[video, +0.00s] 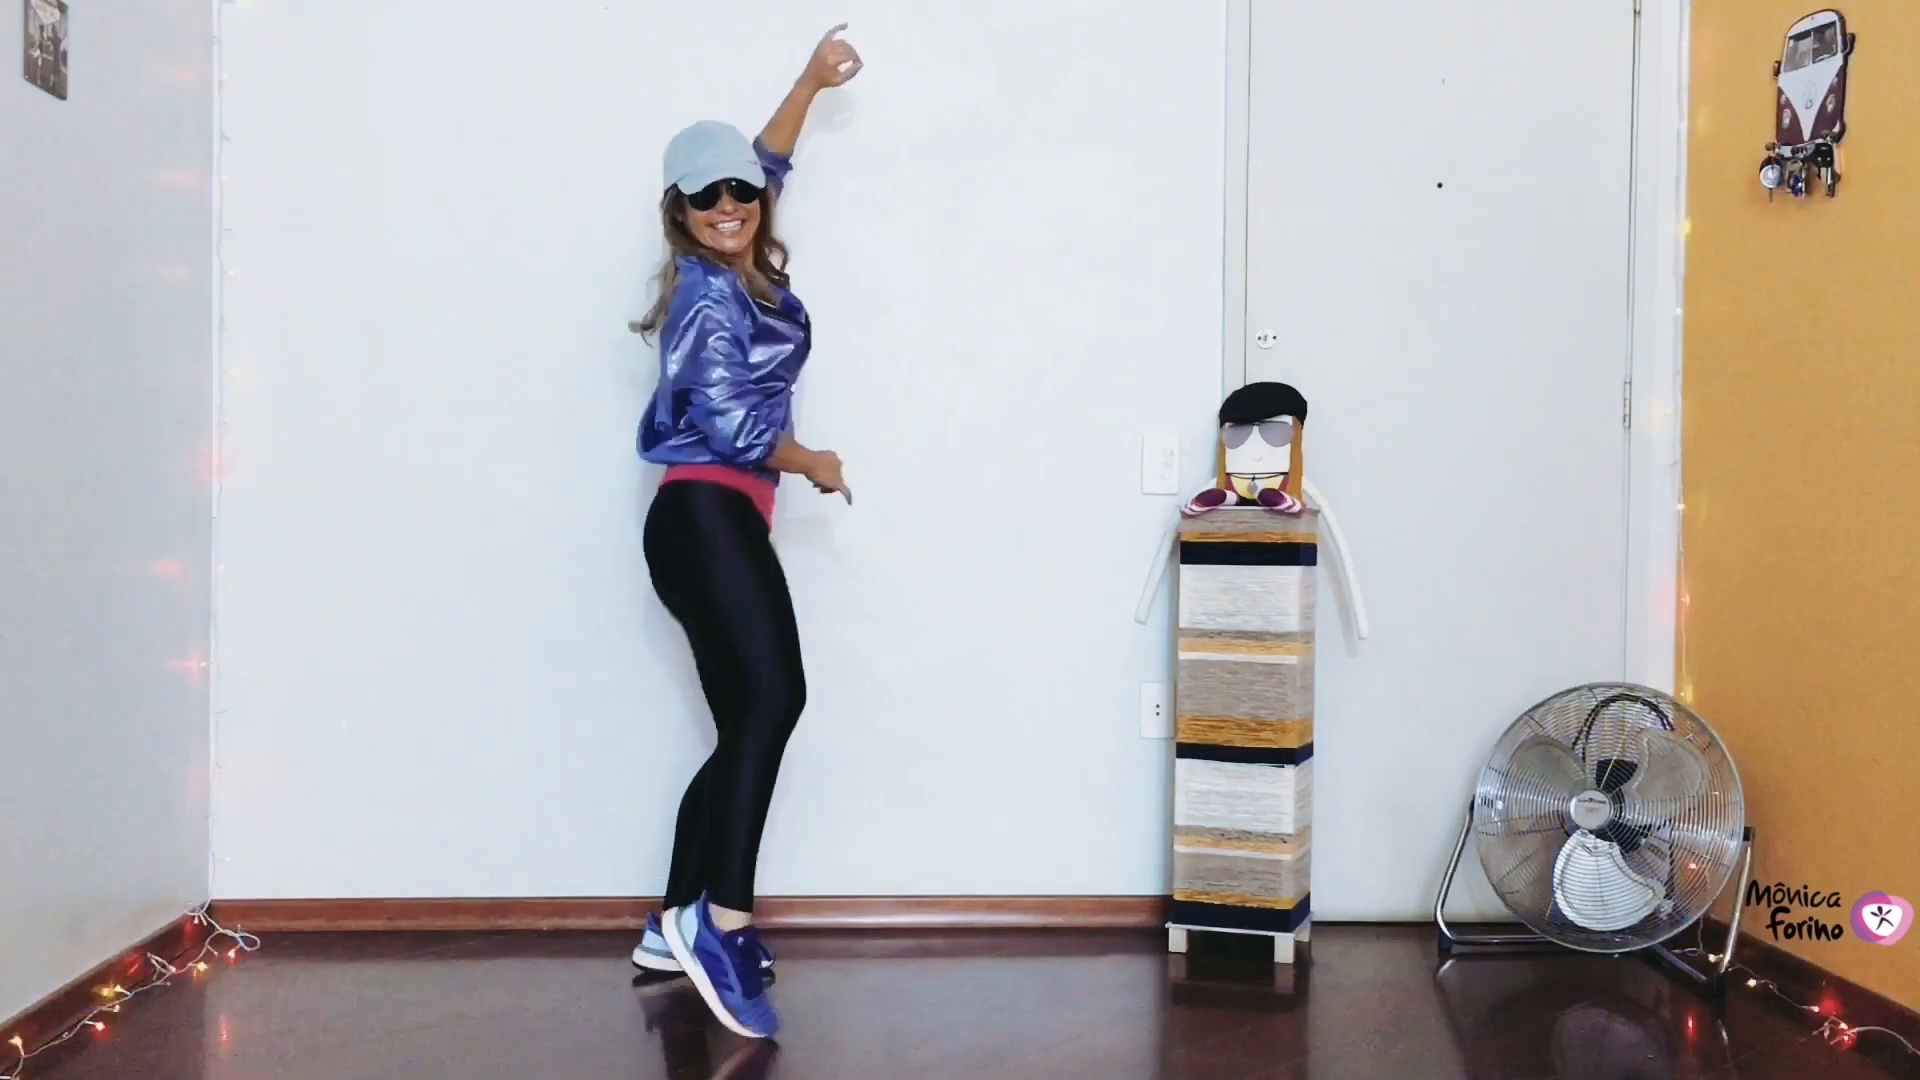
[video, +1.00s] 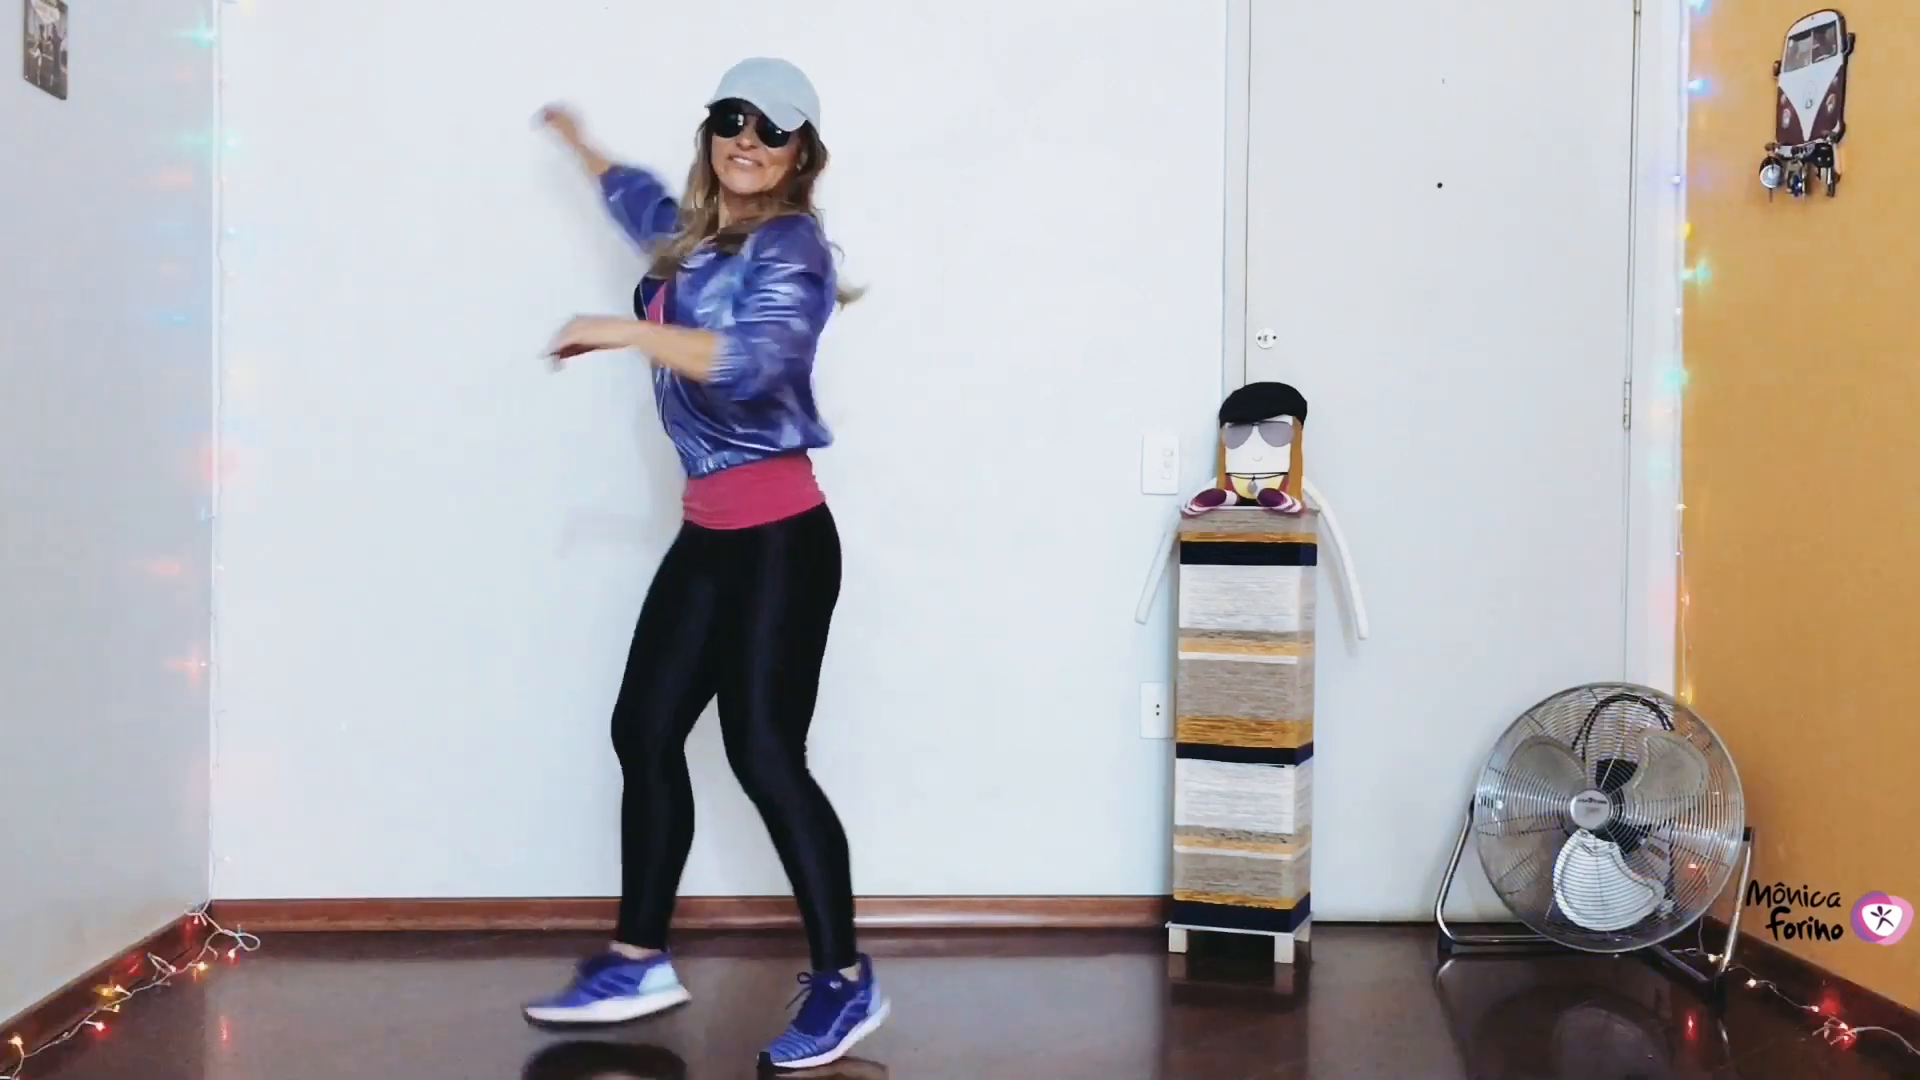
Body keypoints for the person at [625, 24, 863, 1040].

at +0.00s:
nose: (721, 211)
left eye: (735, 195)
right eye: (701, 201)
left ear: (758, 201)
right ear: (679, 215)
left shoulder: (745, 269)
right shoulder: (706, 297)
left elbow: (768, 164)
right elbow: (717, 421)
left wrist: (811, 82)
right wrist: (798, 457)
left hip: (728, 513)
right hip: (701, 511)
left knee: (758, 713)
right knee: (769, 703)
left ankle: (680, 918)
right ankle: (722, 921)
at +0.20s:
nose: (732, 212)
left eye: (745, 198)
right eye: (714, 201)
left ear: (768, 209)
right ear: (690, 217)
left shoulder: (773, 275)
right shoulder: (714, 298)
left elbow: (786, 194)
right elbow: (736, 420)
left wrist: (824, 120)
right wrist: (827, 485)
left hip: (744, 551)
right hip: (681, 544)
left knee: (776, 735)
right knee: (722, 732)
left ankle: (679, 925)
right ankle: (707, 961)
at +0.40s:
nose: (721, 194)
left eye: (740, 178)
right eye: (700, 179)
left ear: (766, 190)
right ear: (675, 194)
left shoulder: (788, 275)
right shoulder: (667, 293)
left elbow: (842, 253)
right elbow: (643, 411)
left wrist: (866, 169)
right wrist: (684, 483)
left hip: (763, 557)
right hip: (672, 557)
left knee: (769, 745)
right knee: (699, 763)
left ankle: (700, 907)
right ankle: (686, 992)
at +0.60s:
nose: (720, 191)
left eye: (741, 174)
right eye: (700, 172)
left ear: (768, 185)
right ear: (675, 181)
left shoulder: (809, 288)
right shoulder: (632, 293)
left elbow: (948, 317)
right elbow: (515, 346)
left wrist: (930, 247)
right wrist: (390, 376)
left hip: (752, 563)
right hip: (645, 554)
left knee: (827, 762)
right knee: (671, 776)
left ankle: (719, 866)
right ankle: (679, 997)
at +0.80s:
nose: (742, 173)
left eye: (763, 157)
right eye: (724, 154)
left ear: (790, 172)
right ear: (697, 169)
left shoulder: (825, 277)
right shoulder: (632, 276)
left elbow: (919, 355)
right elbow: (509, 280)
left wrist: (841, 278)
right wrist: (388, 268)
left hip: (765, 563)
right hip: (655, 556)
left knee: (760, 781)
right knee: (660, 781)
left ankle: (780, 980)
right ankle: (684, 994)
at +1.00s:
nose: (745, 143)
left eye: (769, 133)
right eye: (731, 124)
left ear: (799, 153)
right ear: (706, 135)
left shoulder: (791, 246)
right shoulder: (692, 236)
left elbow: (757, 362)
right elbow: (636, 202)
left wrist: (633, 331)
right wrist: (583, 146)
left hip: (784, 538)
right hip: (706, 536)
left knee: (764, 751)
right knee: (645, 729)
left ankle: (842, 981)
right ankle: (640, 960)